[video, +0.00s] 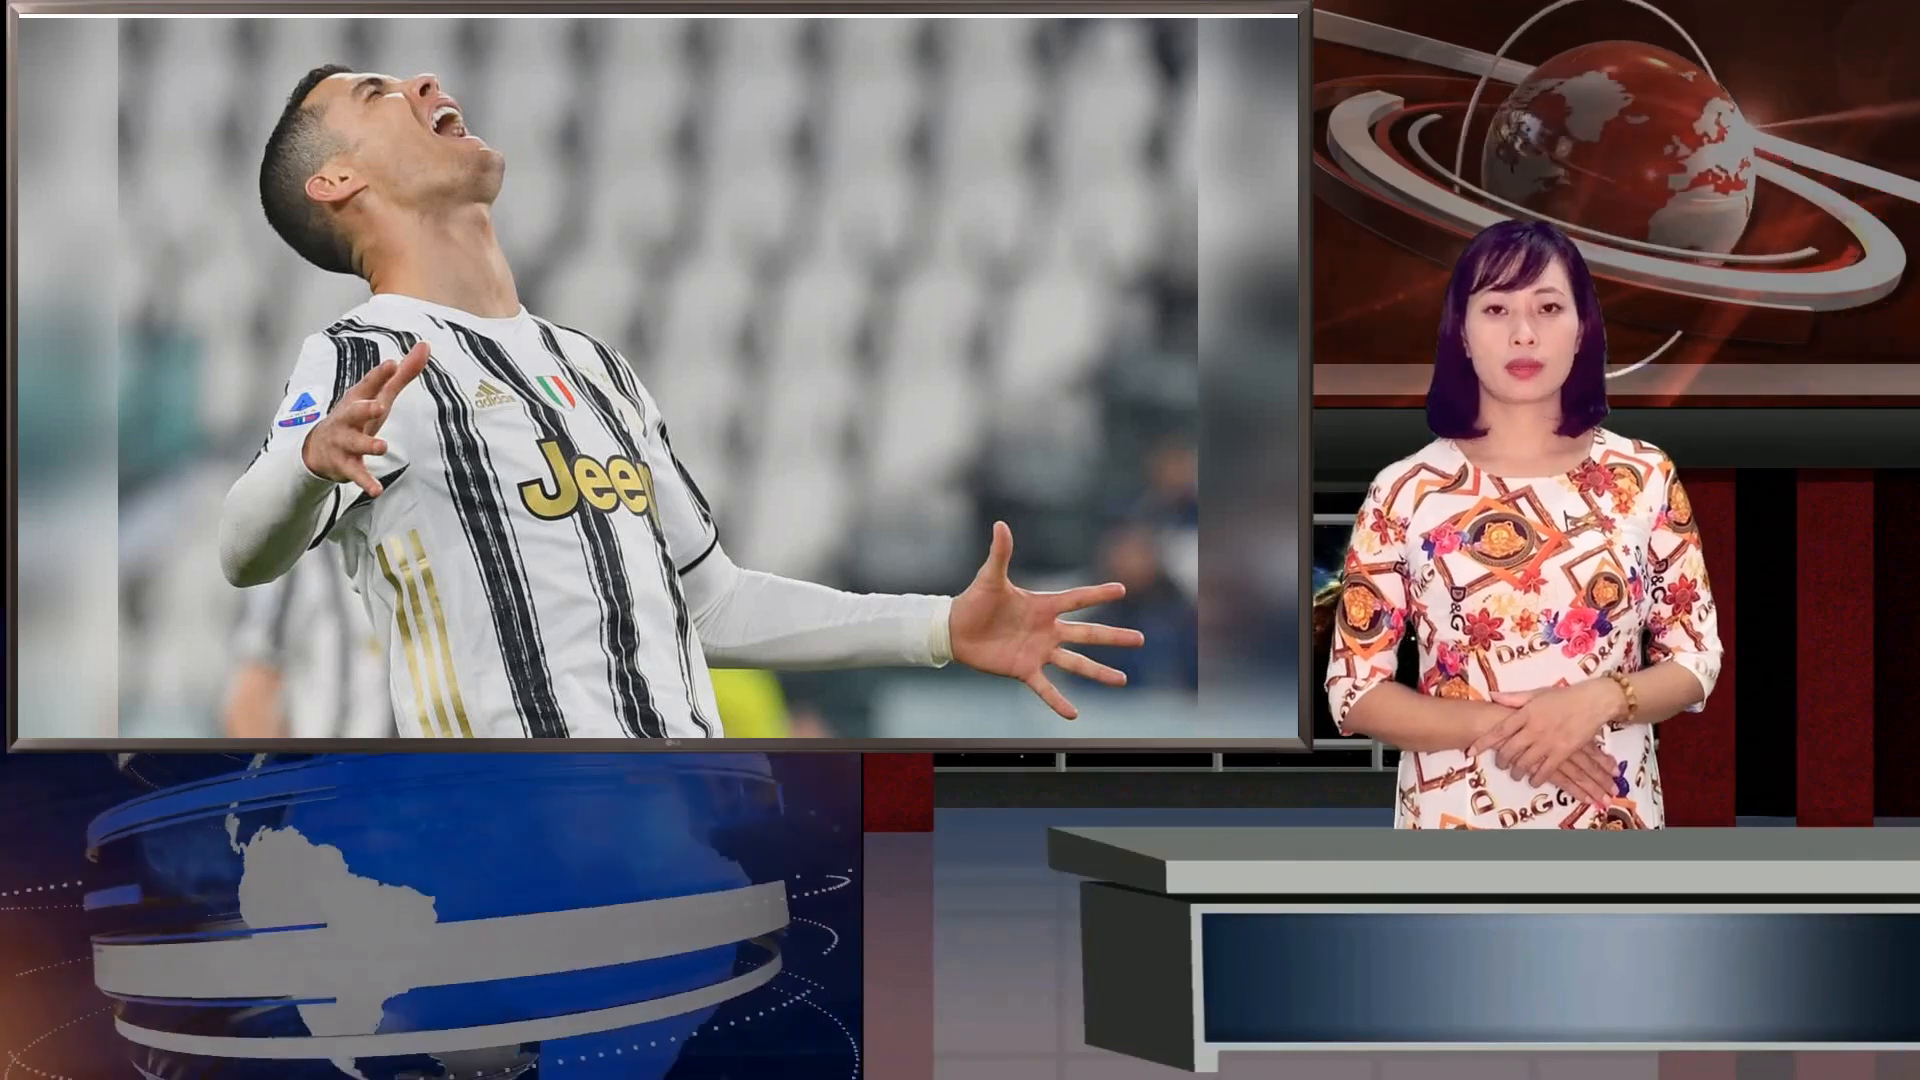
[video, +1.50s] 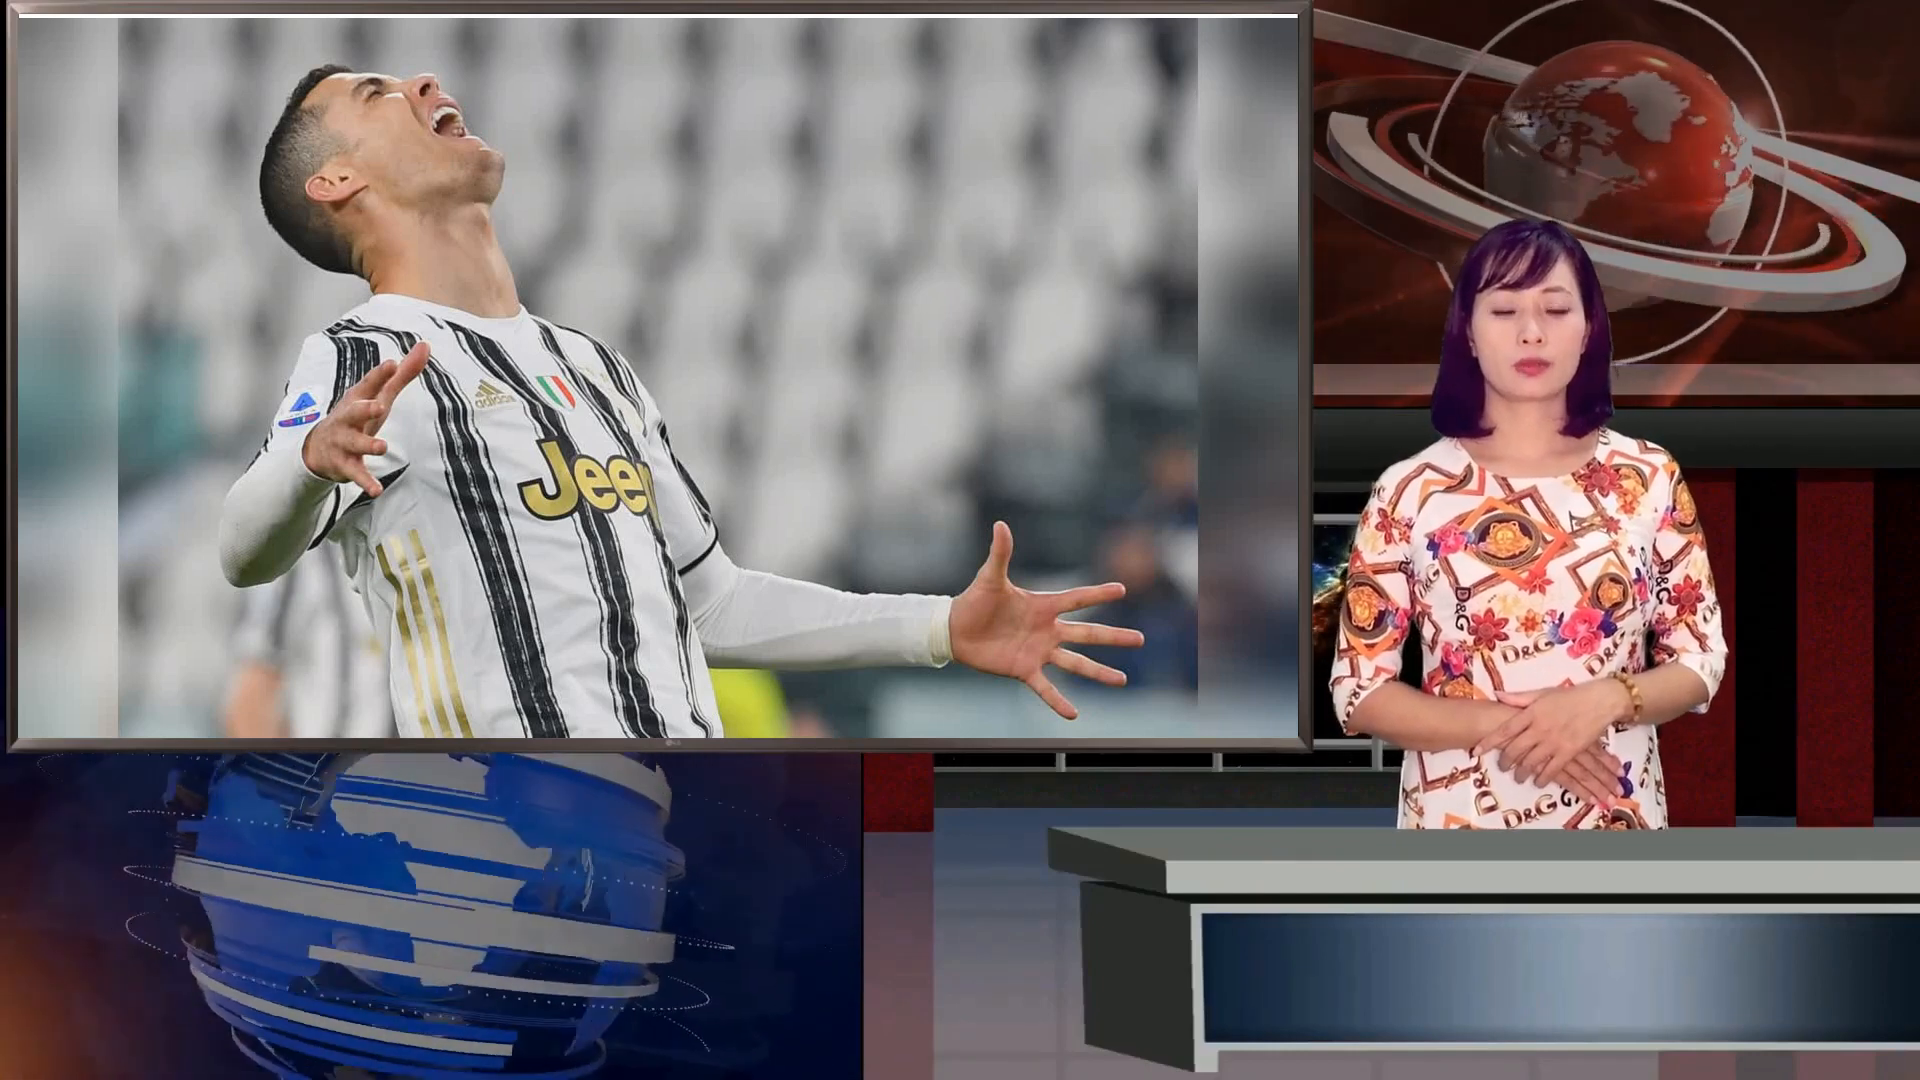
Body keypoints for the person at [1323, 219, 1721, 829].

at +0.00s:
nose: (1523, 332)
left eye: (1548, 308)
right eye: (1496, 309)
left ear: (1582, 328)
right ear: (1461, 331)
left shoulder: (1643, 479)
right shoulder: (1404, 493)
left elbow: (1696, 659)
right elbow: (1354, 691)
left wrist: (1598, 699)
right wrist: (1512, 730)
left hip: (1611, 832)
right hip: (1454, 832)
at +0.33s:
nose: (1522, 332)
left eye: (1548, 308)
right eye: (1495, 309)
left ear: (1582, 327)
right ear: (1460, 329)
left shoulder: (1643, 478)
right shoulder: (1404, 492)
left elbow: (1696, 660)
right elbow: (1354, 692)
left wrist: (1598, 701)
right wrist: (1511, 731)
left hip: (1611, 833)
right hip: (1454, 832)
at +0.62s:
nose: (1524, 332)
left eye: (1549, 308)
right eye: (1497, 309)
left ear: (1582, 328)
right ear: (1461, 331)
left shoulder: (1643, 477)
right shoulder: (1404, 492)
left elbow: (1698, 658)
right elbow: (1353, 692)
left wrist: (1598, 701)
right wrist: (1513, 730)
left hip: (1610, 832)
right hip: (1455, 832)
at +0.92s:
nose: (1526, 332)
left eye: (1551, 308)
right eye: (1499, 310)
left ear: (1585, 327)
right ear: (1462, 330)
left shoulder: (1645, 477)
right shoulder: (1405, 492)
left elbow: (1699, 658)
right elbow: (1355, 691)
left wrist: (1601, 700)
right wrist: (1513, 729)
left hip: (1613, 832)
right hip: (1457, 832)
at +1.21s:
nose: (1531, 331)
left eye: (1556, 307)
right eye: (1503, 309)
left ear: (1590, 328)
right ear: (1467, 329)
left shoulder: (1648, 479)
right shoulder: (1408, 492)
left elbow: (1700, 660)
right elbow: (1359, 689)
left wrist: (1603, 701)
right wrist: (1516, 729)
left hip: (1614, 831)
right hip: (1458, 831)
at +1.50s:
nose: (1531, 332)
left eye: (1556, 309)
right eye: (1503, 310)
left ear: (1589, 328)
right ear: (1467, 330)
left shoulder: (1648, 479)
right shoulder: (1408, 492)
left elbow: (1700, 661)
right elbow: (1358, 690)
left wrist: (1603, 701)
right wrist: (1516, 730)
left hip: (1614, 831)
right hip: (1458, 830)